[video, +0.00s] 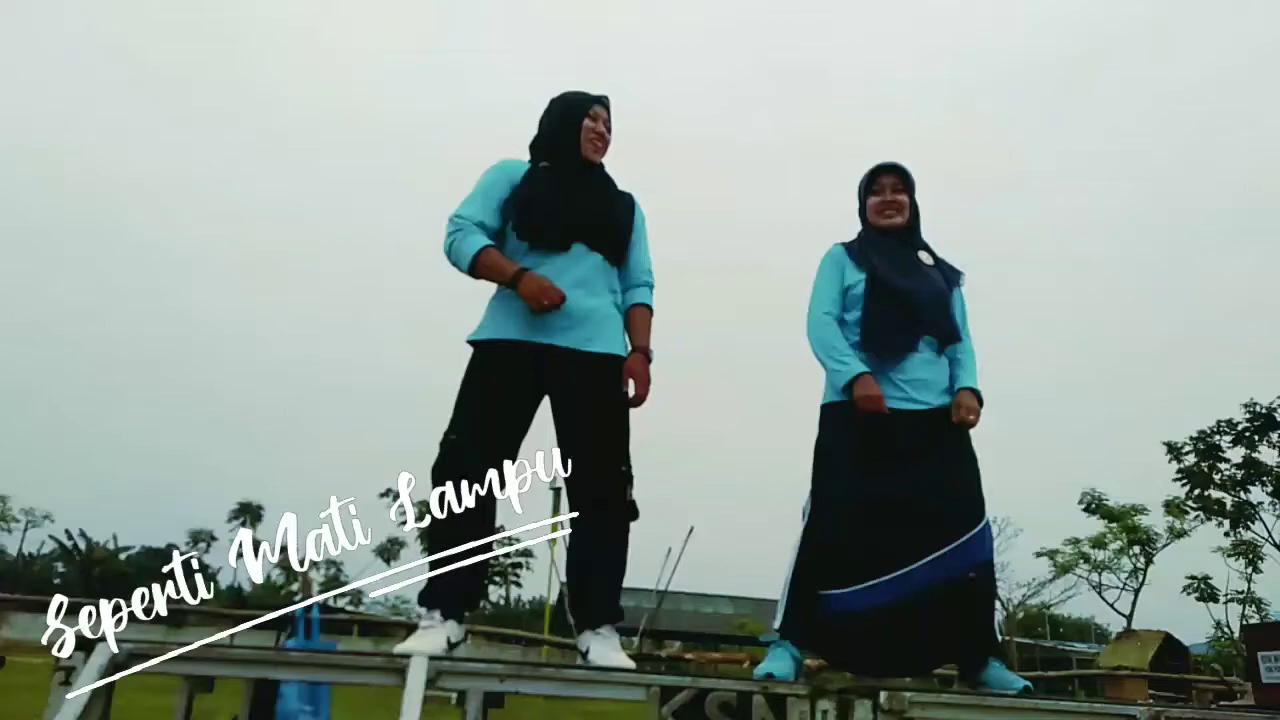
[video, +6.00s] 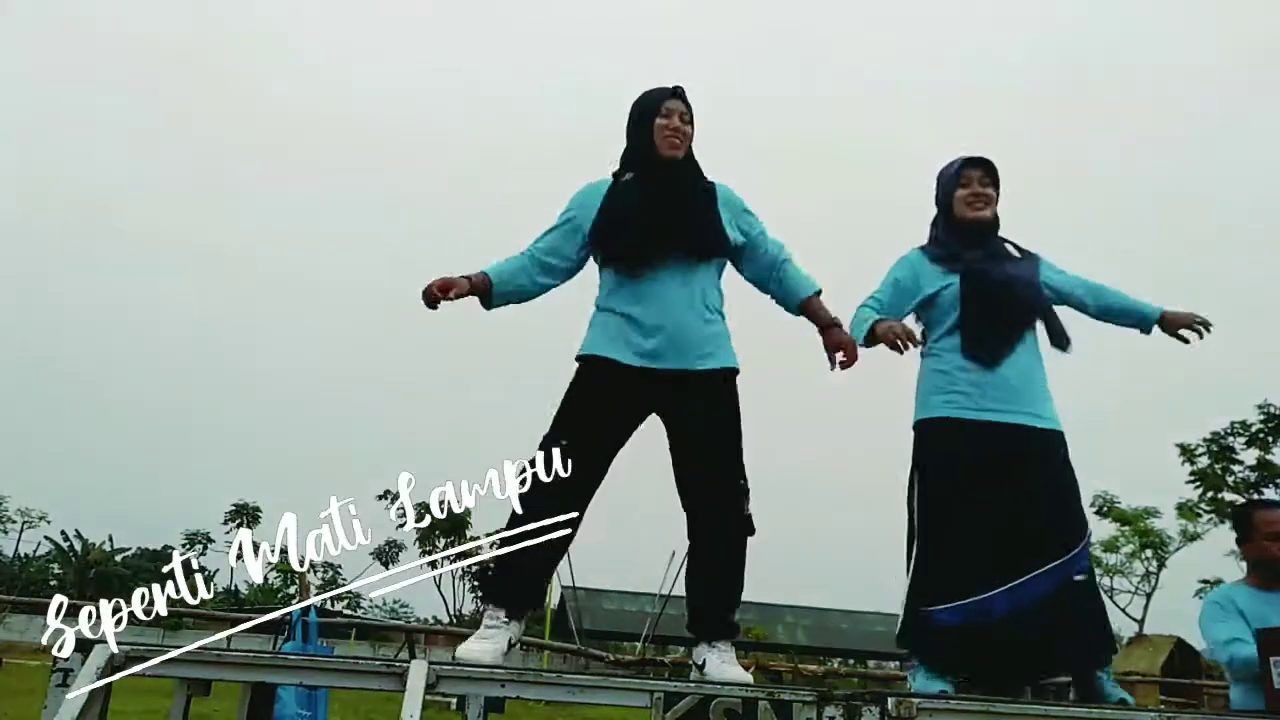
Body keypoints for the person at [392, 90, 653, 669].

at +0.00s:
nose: (601, 129)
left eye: (606, 124)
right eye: (591, 119)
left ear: (608, 139)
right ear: (560, 123)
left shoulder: (624, 205)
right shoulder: (511, 176)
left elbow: (638, 283)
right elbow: (460, 237)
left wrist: (640, 349)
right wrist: (519, 277)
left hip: (595, 355)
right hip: (510, 344)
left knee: (603, 491)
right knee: (465, 474)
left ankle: (598, 628)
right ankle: (443, 614)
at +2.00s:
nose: (531, 91)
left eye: (536, 87)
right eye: (521, 80)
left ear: (538, 101)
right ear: (488, 82)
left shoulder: (548, 159)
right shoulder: (437, 145)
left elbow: (616, 217)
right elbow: (356, 199)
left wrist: (621, 200)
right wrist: (351, 208)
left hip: (519, 324)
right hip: (432, 318)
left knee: (532, 470)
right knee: (378, 455)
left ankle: (543, 616)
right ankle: (332, 600)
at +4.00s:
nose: (544, 135)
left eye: (556, 125)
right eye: (538, 125)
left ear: (581, 127)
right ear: (529, 130)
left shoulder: (617, 194)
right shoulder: (510, 180)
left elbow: (644, 270)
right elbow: (505, 171)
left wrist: (619, 311)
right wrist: (532, 136)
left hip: (565, 352)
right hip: (485, 341)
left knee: (551, 486)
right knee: (439, 470)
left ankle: (536, 629)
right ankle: (465, 615)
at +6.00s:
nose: (675, 126)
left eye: (684, 119)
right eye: (663, 117)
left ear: (694, 133)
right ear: (639, 128)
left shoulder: (720, 202)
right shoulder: (604, 197)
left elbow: (772, 264)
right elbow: (545, 260)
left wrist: (826, 321)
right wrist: (472, 283)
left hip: (703, 369)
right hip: (615, 363)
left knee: (720, 507)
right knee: (555, 486)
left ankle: (715, 644)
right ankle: (502, 617)